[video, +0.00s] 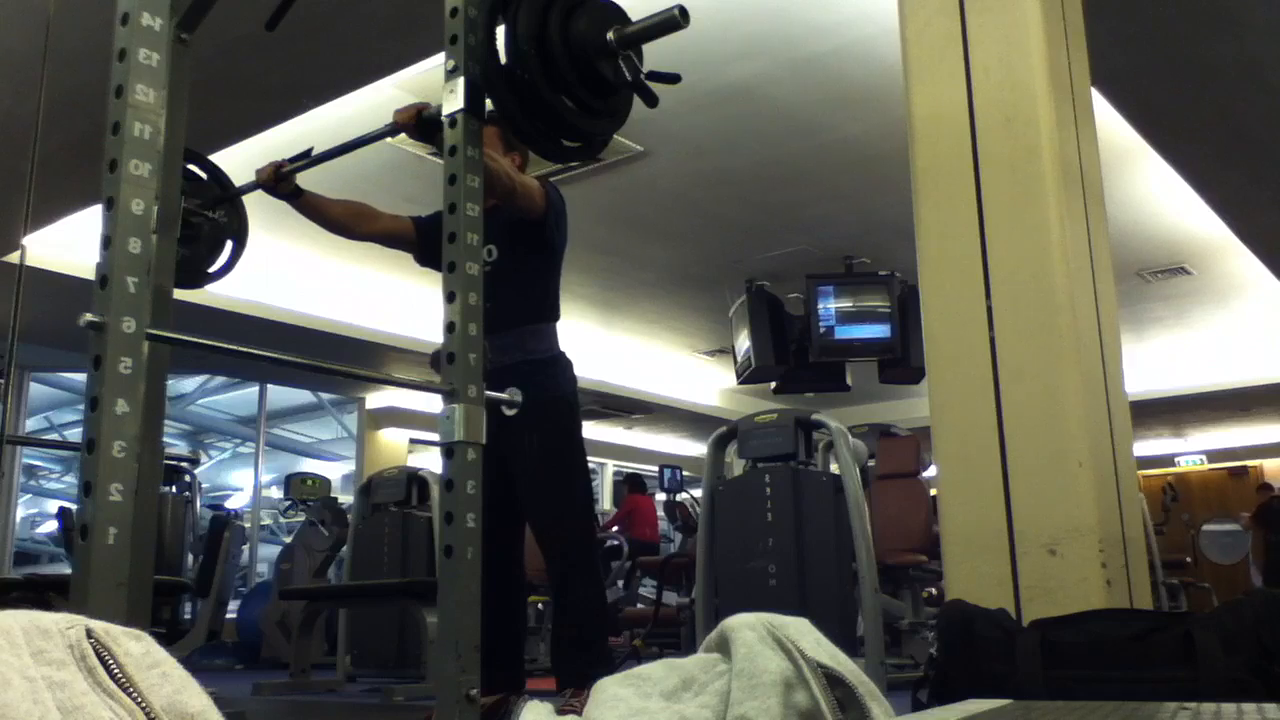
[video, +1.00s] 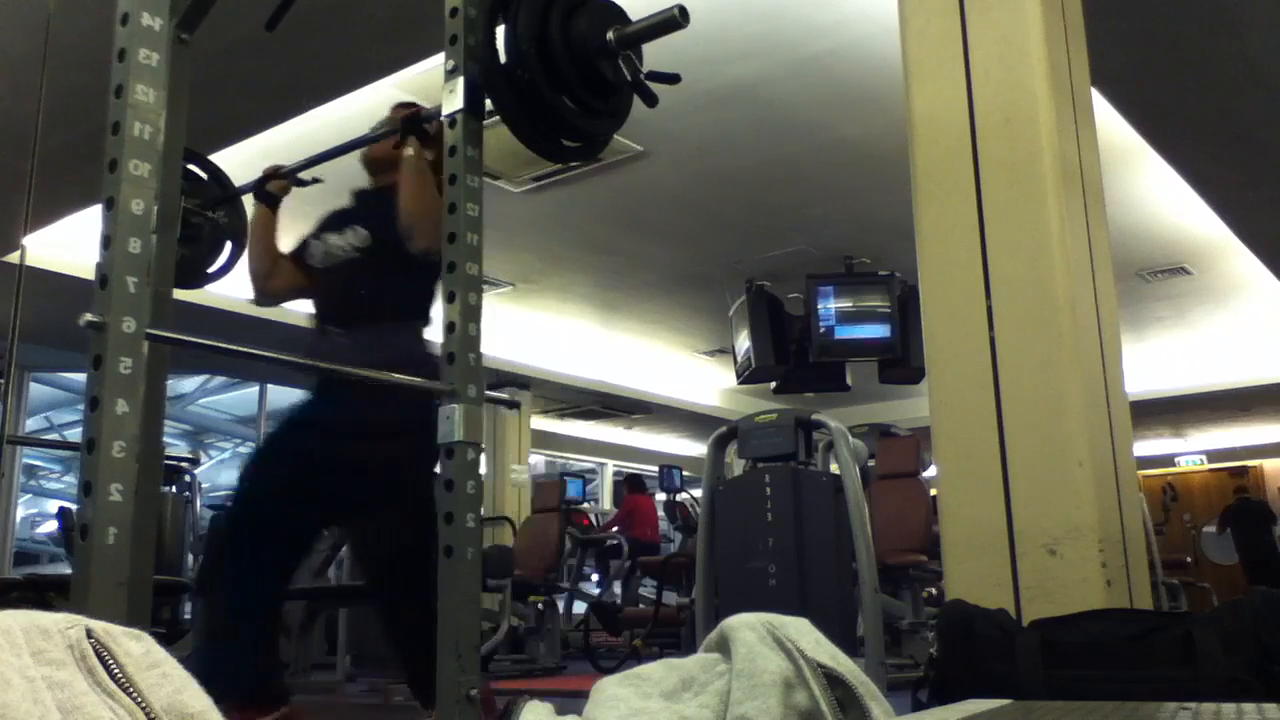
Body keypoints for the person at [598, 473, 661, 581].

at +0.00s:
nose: (624, 489)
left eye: (626, 486)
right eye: (624, 486)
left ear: (630, 486)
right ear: (642, 486)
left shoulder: (631, 500)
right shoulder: (649, 500)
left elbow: (616, 519)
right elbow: (633, 524)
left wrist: (601, 529)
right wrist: (614, 534)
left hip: (637, 546)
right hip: (654, 547)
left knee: (605, 553)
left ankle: (611, 586)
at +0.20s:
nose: (624, 490)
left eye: (625, 487)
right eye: (624, 487)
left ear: (629, 487)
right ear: (642, 486)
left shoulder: (631, 500)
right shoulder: (649, 500)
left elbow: (618, 520)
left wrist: (602, 529)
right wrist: (618, 531)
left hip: (637, 547)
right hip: (654, 547)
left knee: (604, 560)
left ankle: (601, 596)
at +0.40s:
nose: (625, 490)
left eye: (626, 487)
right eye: (625, 487)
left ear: (630, 487)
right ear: (643, 487)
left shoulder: (631, 500)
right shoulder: (649, 501)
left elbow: (617, 518)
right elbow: (638, 522)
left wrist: (602, 528)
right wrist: (620, 530)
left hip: (637, 545)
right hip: (654, 546)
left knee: (614, 559)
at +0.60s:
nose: (626, 490)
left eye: (627, 487)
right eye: (626, 487)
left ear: (630, 487)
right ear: (644, 487)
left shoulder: (631, 500)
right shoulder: (650, 501)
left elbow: (616, 519)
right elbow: (638, 522)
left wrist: (600, 530)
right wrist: (620, 530)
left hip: (637, 547)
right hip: (654, 547)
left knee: (614, 559)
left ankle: (617, 604)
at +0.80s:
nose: (625, 490)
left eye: (626, 487)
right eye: (625, 487)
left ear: (630, 487)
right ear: (644, 487)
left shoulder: (630, 500)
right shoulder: (650, 500)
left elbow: (616, 520)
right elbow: (637, 523)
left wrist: (600, 530)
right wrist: (619, 532)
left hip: (636, 545)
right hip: (654, 546)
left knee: (605, 562)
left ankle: (618, 595)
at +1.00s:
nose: (624, 490)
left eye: (625, 487)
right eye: (625, 487)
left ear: (629, 486)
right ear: (642, 485)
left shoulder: (631, 500)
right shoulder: (649, 500)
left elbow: (617, 520)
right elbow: (636, 524)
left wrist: (600, 530)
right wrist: (617, 532)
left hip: (636, 545)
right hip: (653, 546)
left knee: (602, 553)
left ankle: (606, 590)